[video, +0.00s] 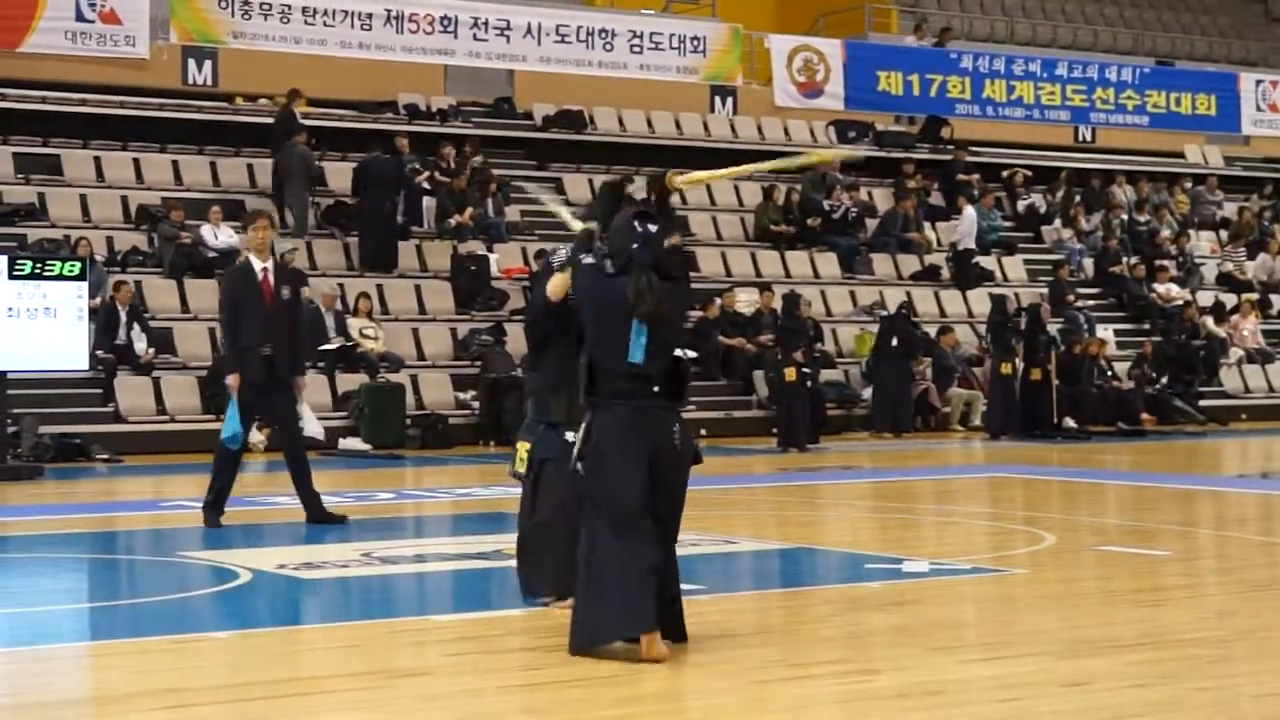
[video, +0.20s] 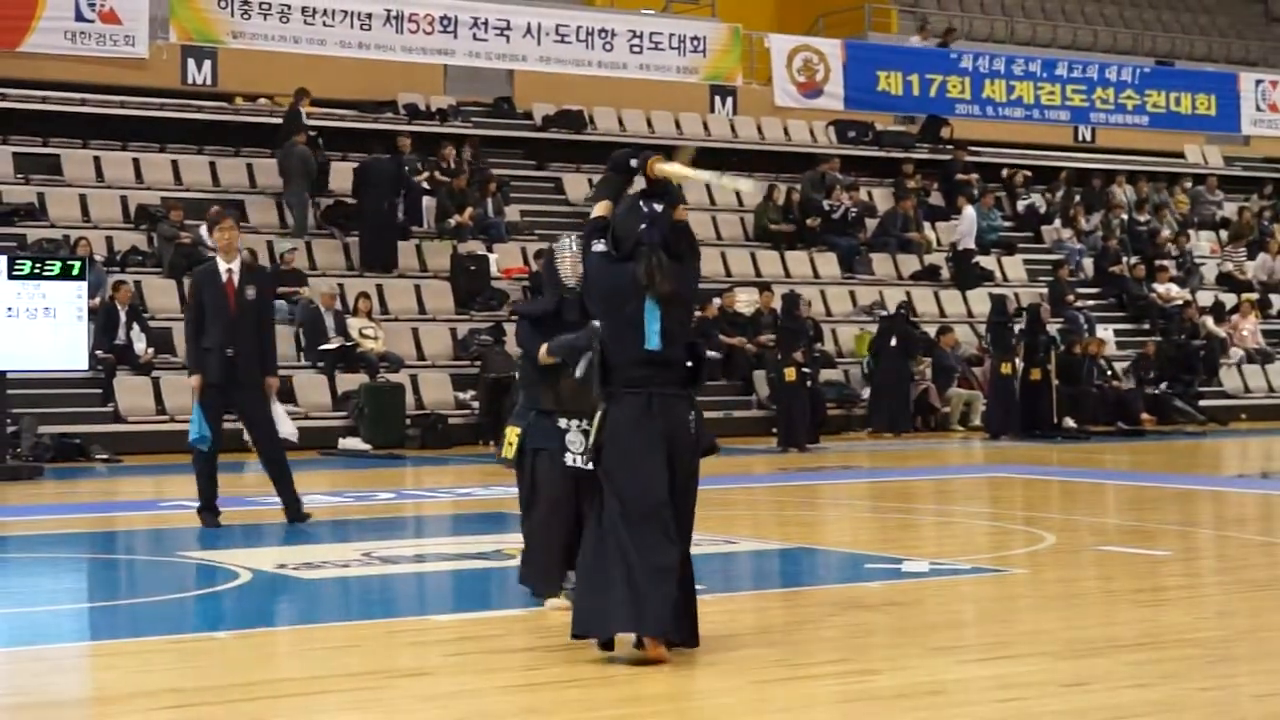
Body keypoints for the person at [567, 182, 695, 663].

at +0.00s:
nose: (610, 243)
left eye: (613, 237)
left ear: (614, 247)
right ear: (656, 249)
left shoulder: (595, 287)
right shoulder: (673, 294)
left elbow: (557, 288)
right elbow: (675, 259)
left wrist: (587, 248)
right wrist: (659, 218)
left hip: (612, 420)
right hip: (661, 418)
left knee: (625, 521)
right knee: (658, 522)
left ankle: (648, 631)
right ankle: (652, 622)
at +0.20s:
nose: (607, 233)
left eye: (613, 229)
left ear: (619, 239)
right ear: (664, 237)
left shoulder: (606, 280)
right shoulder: (682, 281)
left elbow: (599, 221)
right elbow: (682, 241)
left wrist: (621, 173)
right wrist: (666, 194)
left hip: (627, 407)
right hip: (676, 404)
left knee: (639, 511)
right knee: (672, 514)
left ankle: (653, 628)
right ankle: (666, 624)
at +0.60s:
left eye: (629, 219)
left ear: (630, 229)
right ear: (674, 225)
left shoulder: (622, 274)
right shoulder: (698, 274)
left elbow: (573, 275)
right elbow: (681, 240)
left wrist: (598, 228)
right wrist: (664, 198)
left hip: (648, 401)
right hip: (694, 400)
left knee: (645, 510)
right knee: (680, 509)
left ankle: (654, 631)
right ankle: (664, 624)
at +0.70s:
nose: (626, 229)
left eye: (628, 220)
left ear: (633, 226)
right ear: (676, 222)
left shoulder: (635, 275)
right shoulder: (701, 272)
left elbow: (570, 292)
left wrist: (596, 242)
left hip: (665, 396)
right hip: (709, 394)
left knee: (652, 502)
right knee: (687, 502)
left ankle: (658, 623)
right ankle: (662, 611)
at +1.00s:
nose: (637, 245)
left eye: (642, 237)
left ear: (649, 244)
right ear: (692, 242)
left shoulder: (643, 286)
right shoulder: (716, 287)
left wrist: (614, 254)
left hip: (671, 415)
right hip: (715, 413)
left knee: (660, 519)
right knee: (699, 517)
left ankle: (691, 618)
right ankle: (678, 618)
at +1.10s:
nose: (646, 239)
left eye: (651, 231)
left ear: (662, 238)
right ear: (703, 239)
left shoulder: (659, 280)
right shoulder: (721, 282)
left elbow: (638, 238)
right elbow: (709, 233)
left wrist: (638, 203)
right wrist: (698, 186)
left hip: (684, 412)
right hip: (725, 411)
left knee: (664, 519)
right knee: (709, 515)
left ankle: (731, 607)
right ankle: (679, 619)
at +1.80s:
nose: (692, 225)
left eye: (697, 218)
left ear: (705, 229)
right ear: (744, 225)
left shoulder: (700, 268)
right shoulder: (762, 271)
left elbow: (671, 222)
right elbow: (744, 226)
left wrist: (684, 176)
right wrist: (747, 184)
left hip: (729, 398)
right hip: (767, 396)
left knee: (741, 510)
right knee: (727, 512)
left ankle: (797, 612)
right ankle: (702, 613)